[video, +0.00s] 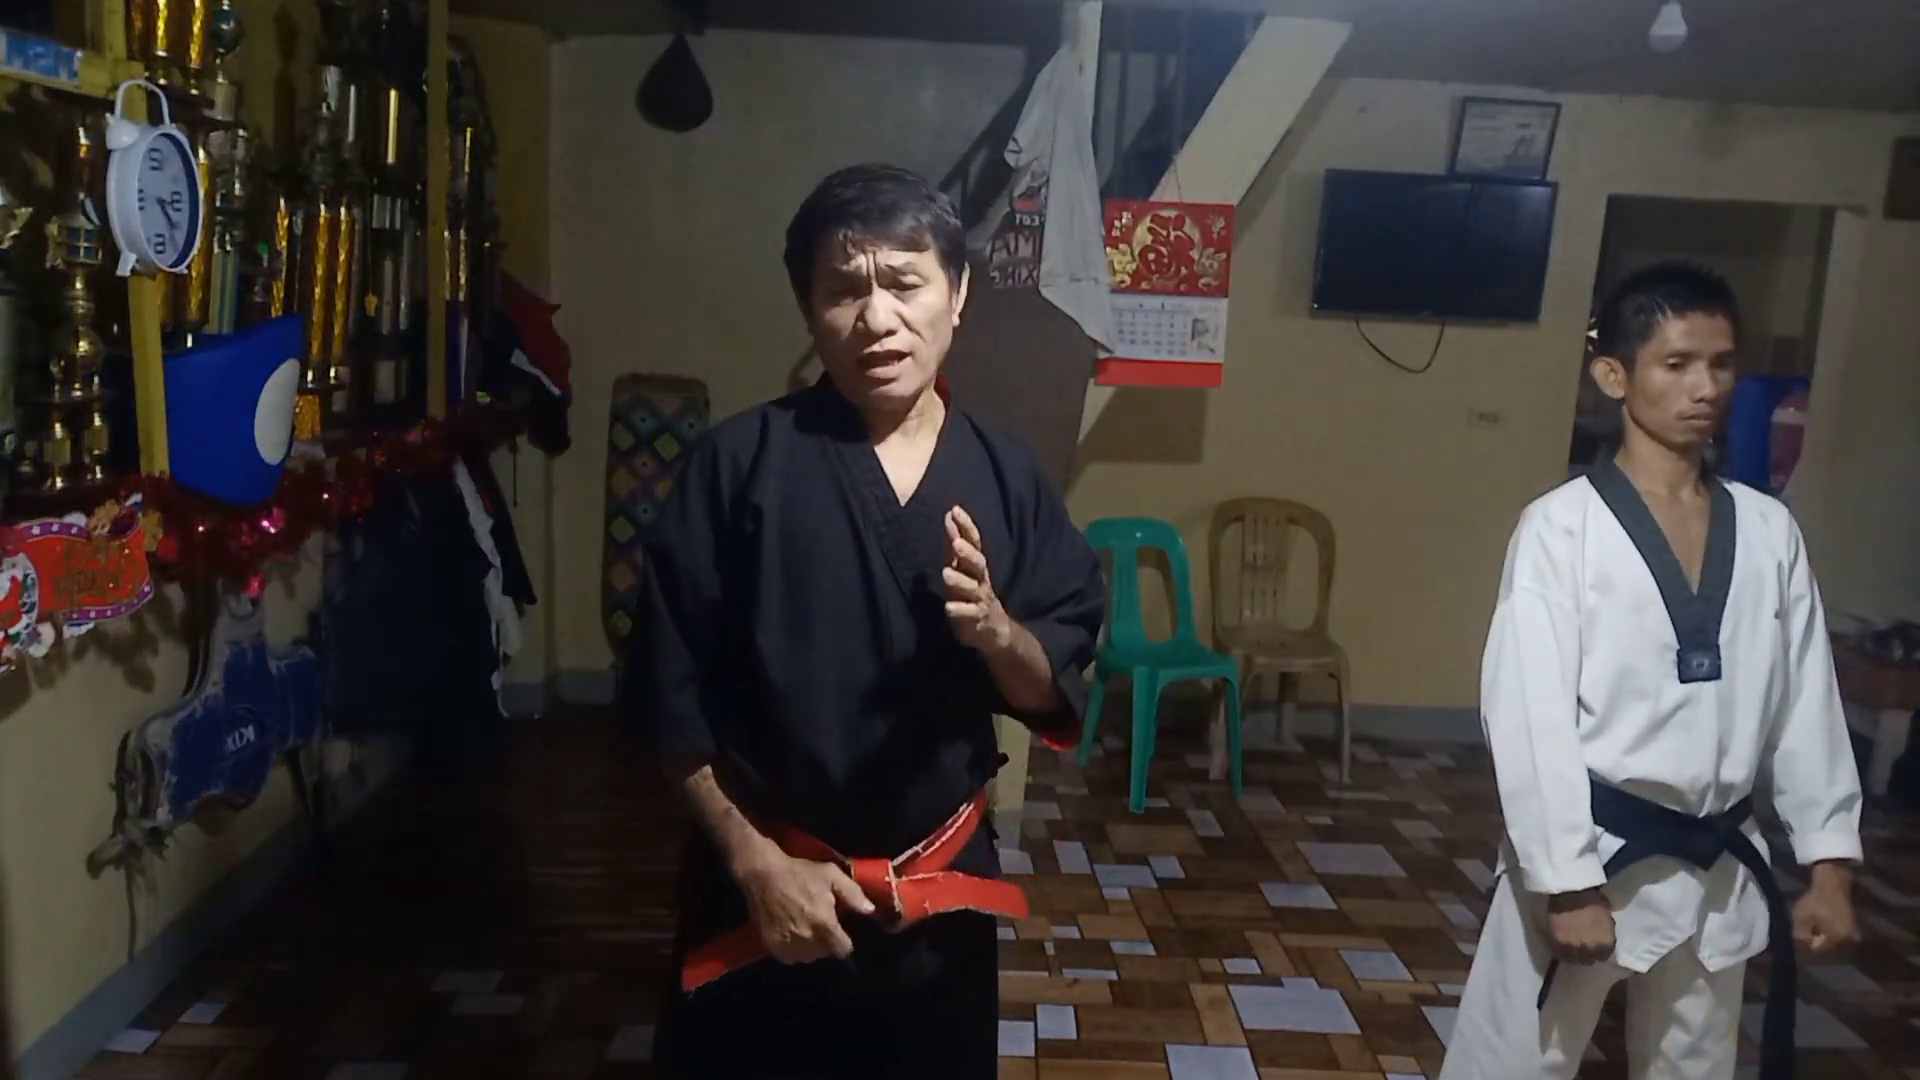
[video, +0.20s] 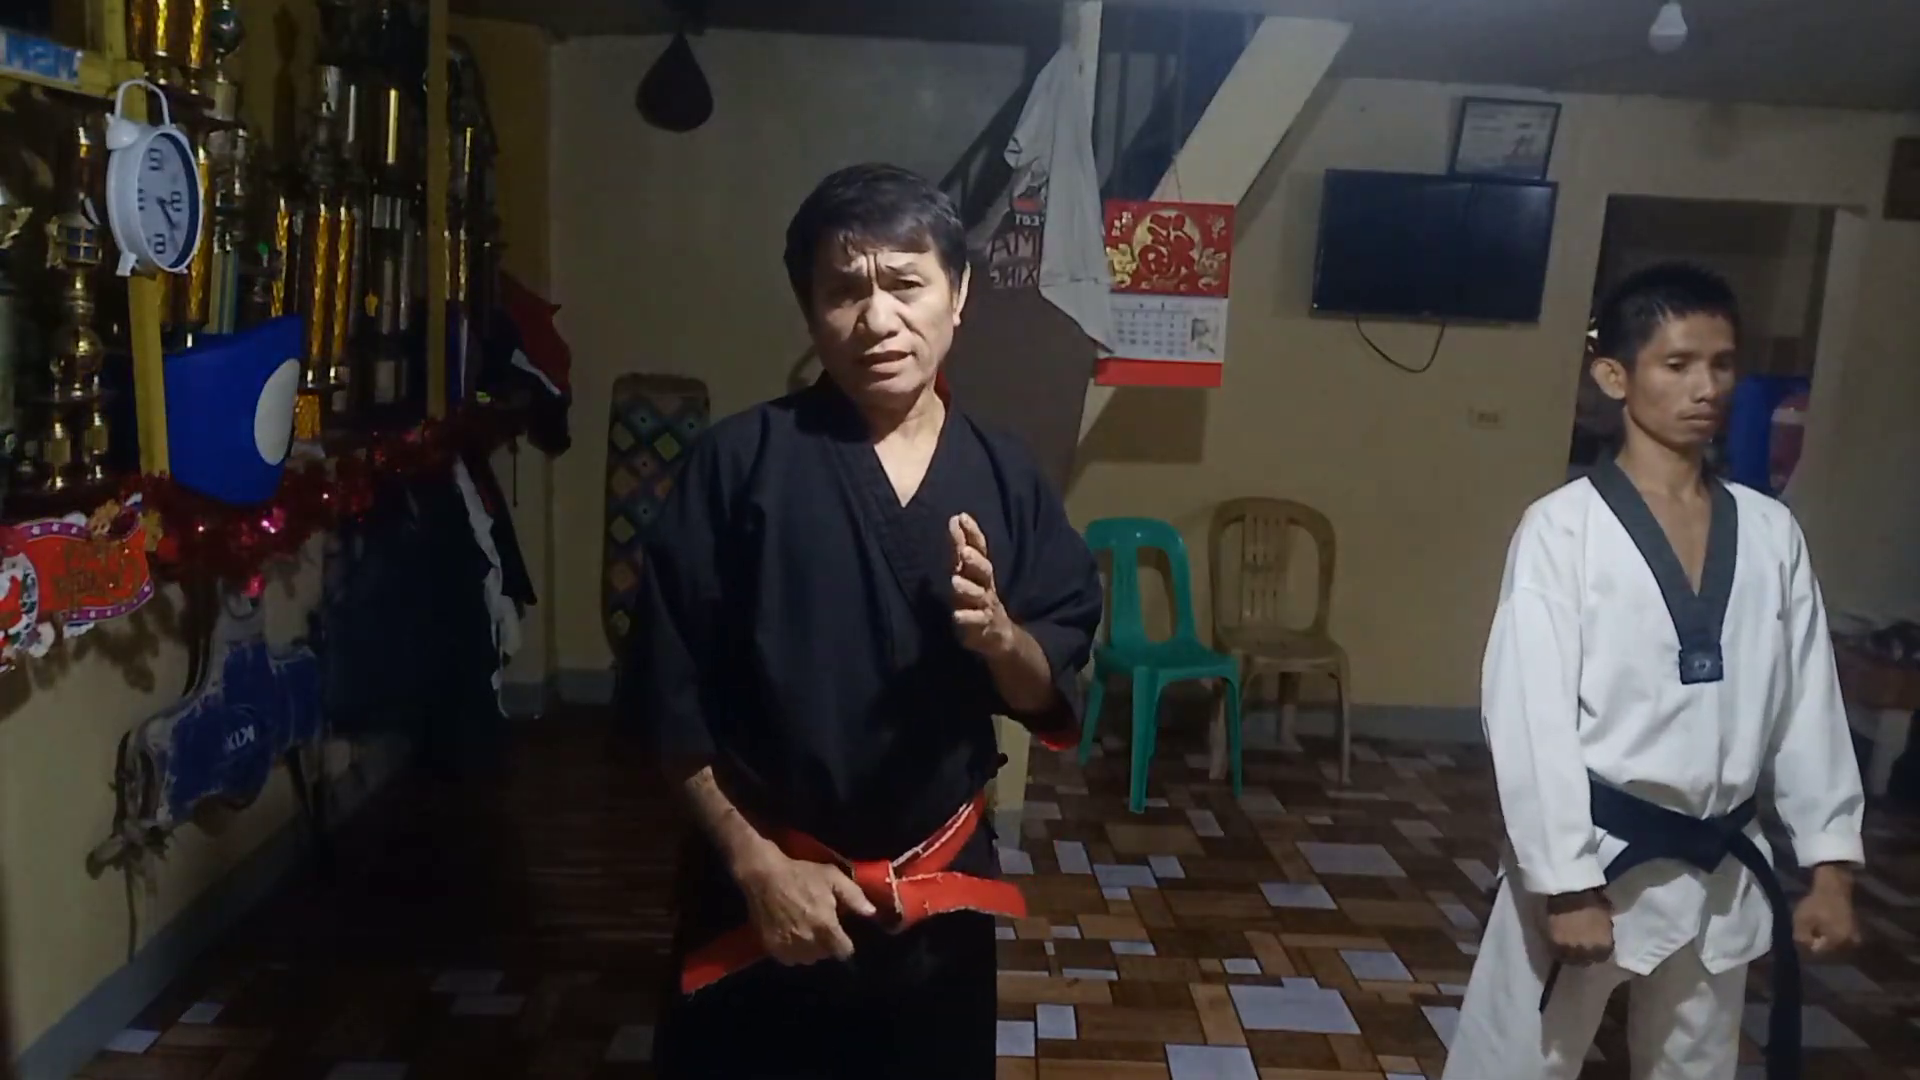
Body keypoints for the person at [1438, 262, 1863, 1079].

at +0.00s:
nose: (1707, 388)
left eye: (1721, 364)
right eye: (1677, 364)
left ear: (1736, 371)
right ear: (1613, 376)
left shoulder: (1769, 529)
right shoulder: (1559, 528)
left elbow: (1806, 701)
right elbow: (1529, 712)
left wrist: (1829, 864)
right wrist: (1570, 881)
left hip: (1720, 870)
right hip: (1585, 866)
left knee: (1693, 1070)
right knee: (1523, 1065)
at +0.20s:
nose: (1707, 388)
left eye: (1721, 365)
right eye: (1678, 365)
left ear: (1737, 372)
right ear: (1612, 376)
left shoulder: (1772, 531)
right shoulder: (1560, 529)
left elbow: (1809, 703)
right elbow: (1529, 713)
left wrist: (1831, 865)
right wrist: (1570, 885)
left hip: (1721, 875)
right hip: (1587, 870)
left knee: (1695, 1070)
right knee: (1526, 1065)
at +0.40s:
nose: (1711, 389)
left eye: (1725, 365)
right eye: (1682, 365)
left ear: (1739, 372)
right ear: (1616, 376)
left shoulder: (1771, 530)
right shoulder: (1563, 529)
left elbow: (1807, 704)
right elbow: (1534, 715)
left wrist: (1832, 866)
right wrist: (1578, 886)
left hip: (1722, 873)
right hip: (1586, 868)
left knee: (1694, 1070)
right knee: (1527, 1065)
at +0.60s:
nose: (1714, 390)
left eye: (1728, 366)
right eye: (1686, 366)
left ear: (1741, 373)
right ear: (1618, 377)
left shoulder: (1770, 531)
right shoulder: (1564, 529)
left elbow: (1805, 704)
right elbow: (1534, 713)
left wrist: (1828, 868)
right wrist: (1579, 887)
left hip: (1720, 872)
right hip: (1585, 867)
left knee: (1694, 1069)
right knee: (1527, 1065)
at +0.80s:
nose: (1713, 391)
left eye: (1727, 367)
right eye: (1685, 366)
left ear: (1741, 373)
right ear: (1617, 377)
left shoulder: (1770, 531)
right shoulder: (1562, 529)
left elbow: (1804, 704)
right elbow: (1532, 714)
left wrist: (1824, 867)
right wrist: (1576, 887)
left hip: (1718, 873)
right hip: (1583, 869)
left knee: (1692, 1069)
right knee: (1524, 1065)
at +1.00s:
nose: (1712, 391)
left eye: (1726, 367)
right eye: (1684, 366)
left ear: (1741, 373)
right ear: (1616, 376)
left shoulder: (1769, 530)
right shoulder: (1562, 529)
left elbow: (1803, 703)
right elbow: (1532, 714)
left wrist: (1824, 865)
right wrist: (1574, 886)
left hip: (1718, 873)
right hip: (1583, 870)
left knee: (1692, 1069)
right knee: (1523, 1065)